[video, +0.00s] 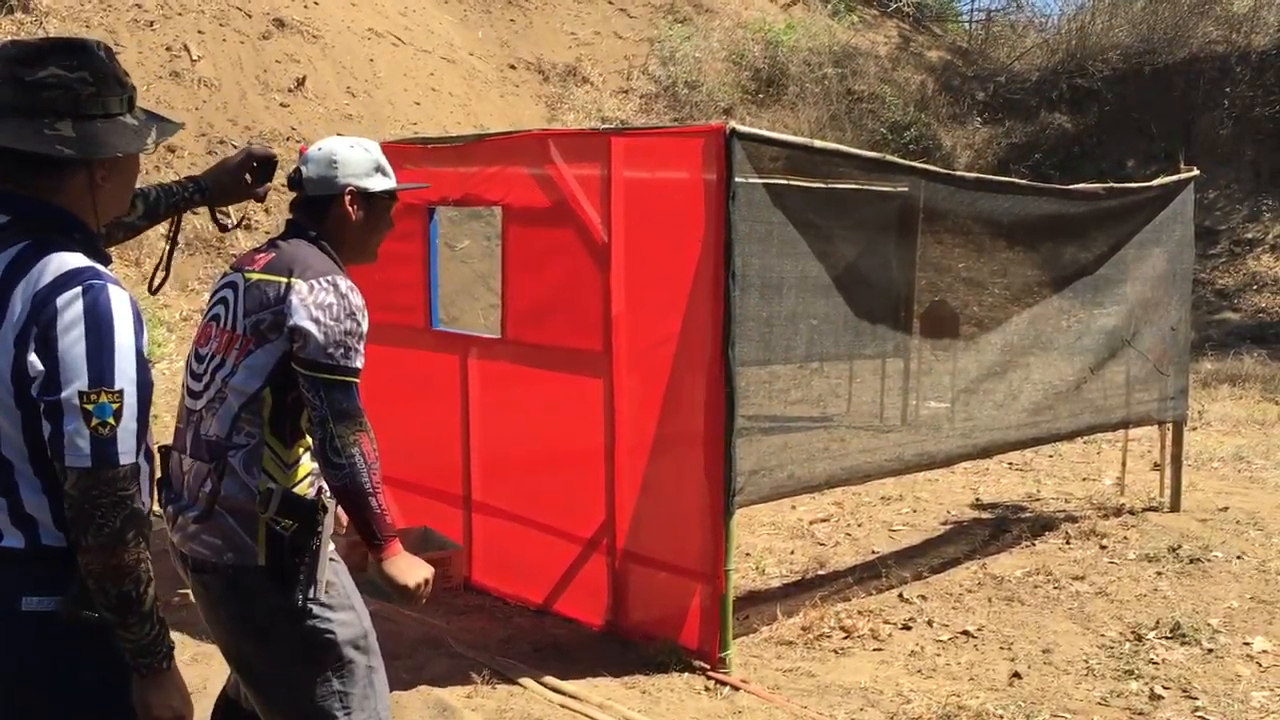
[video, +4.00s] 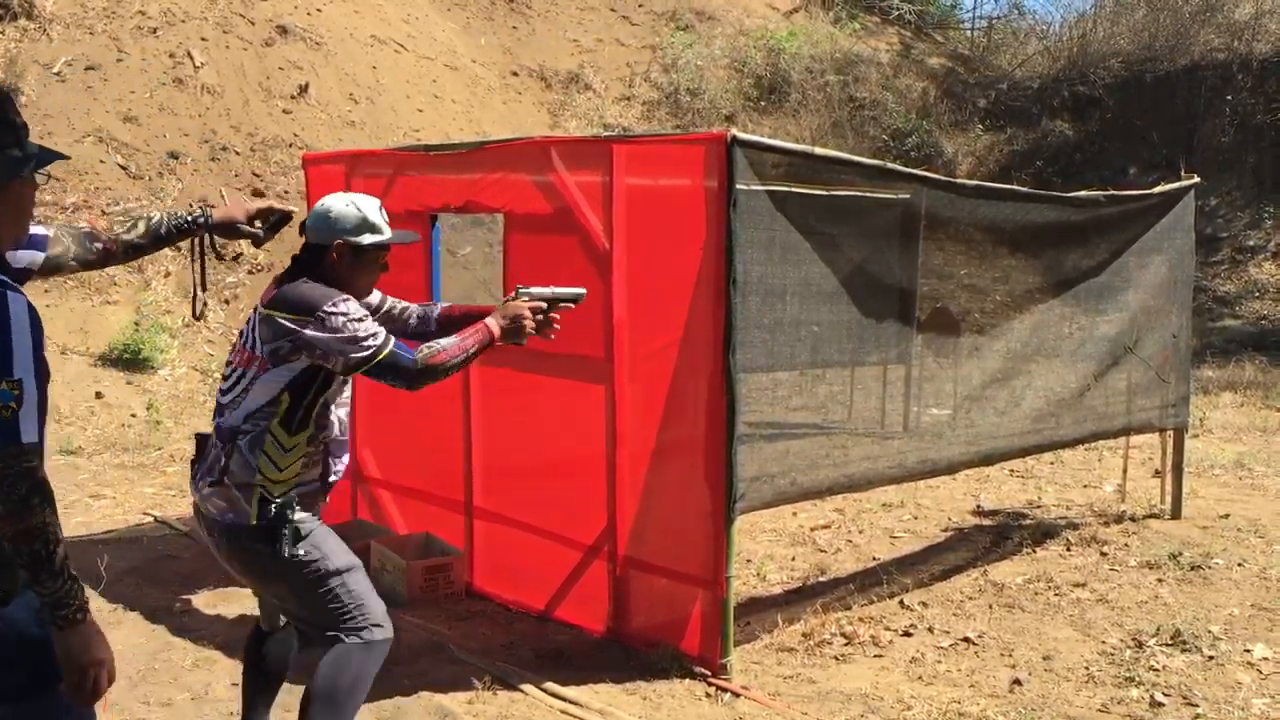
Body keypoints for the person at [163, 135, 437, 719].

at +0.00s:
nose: (393, 223)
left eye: (394, 208)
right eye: (388, 207)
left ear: (313, 200)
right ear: (351, 206)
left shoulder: (253, 266)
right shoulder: (326, 289)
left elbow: (259, 410)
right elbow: (341, 435)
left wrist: (322, 497)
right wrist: (390, 548)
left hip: (208, 526)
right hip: (266, 539)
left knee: (266, 681)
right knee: (353, 698)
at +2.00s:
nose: (406, 225)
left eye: (407, 210)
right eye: (400, 209)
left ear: (339, 206)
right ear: (362, 209)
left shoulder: (269, 270)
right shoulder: (340, 290)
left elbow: (278, 415)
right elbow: (356, 437)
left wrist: (341, 506)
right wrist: (404, 549)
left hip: (227, 530)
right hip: (285, 543)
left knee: (287, 690)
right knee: (369, 699)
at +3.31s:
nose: (405, 231)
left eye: (407, 217)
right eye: (401, 216)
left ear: (334, 210)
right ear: (362, 213)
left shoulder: (269, 272)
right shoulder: (342, 286)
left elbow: (266, 415)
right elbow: (336, 411)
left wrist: (337, 503)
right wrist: (401, 515)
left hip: (225, 528)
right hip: (281, 540)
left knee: (276, 687)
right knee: (367, 701)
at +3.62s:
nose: (422, 233)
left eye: (423, 219)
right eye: (417, 218)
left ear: (354, 214)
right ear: (378, 217)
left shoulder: (303, 270)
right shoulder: (349, 269)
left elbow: (291, 409)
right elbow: (298, 340)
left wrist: (362, 493)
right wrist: (344, 462)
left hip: (252, 530)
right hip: (300, 539)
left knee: (285, 683)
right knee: (363, 707)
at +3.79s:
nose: (410, 271)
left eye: (408, 257)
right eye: (401, 257)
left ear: (352, 261)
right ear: (363, 263)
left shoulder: (302, 310)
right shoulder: (350, 318)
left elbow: (350, 413)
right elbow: (390, 419)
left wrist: (451, 432)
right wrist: (472, 404)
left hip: (237, 549)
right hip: (297, 564)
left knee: (288, 643)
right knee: (390, 708)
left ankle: (257, 711)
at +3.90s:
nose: (391, 270)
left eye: (390, 258)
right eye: (381, 258)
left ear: (337, 261)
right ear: (343, 262)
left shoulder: (288, 308)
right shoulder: (340, 319)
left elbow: (391, 357)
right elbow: (414, 402)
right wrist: (488, 352)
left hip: (236, 533)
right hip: (293, 544)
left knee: (280, 628)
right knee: (348, 706)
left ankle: (255, 714)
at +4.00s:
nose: (386, 265)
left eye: (386, 253)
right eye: (378, 254)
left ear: (333, 255)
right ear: (338, 256)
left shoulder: (316, 291)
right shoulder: (323, 308)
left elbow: (417, 319)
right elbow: (413, 369)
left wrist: (501, 314)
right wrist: (493, 328)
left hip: (232, 502)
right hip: (262, 511)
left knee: (282, 615)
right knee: (366, 631)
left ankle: (254, 716)